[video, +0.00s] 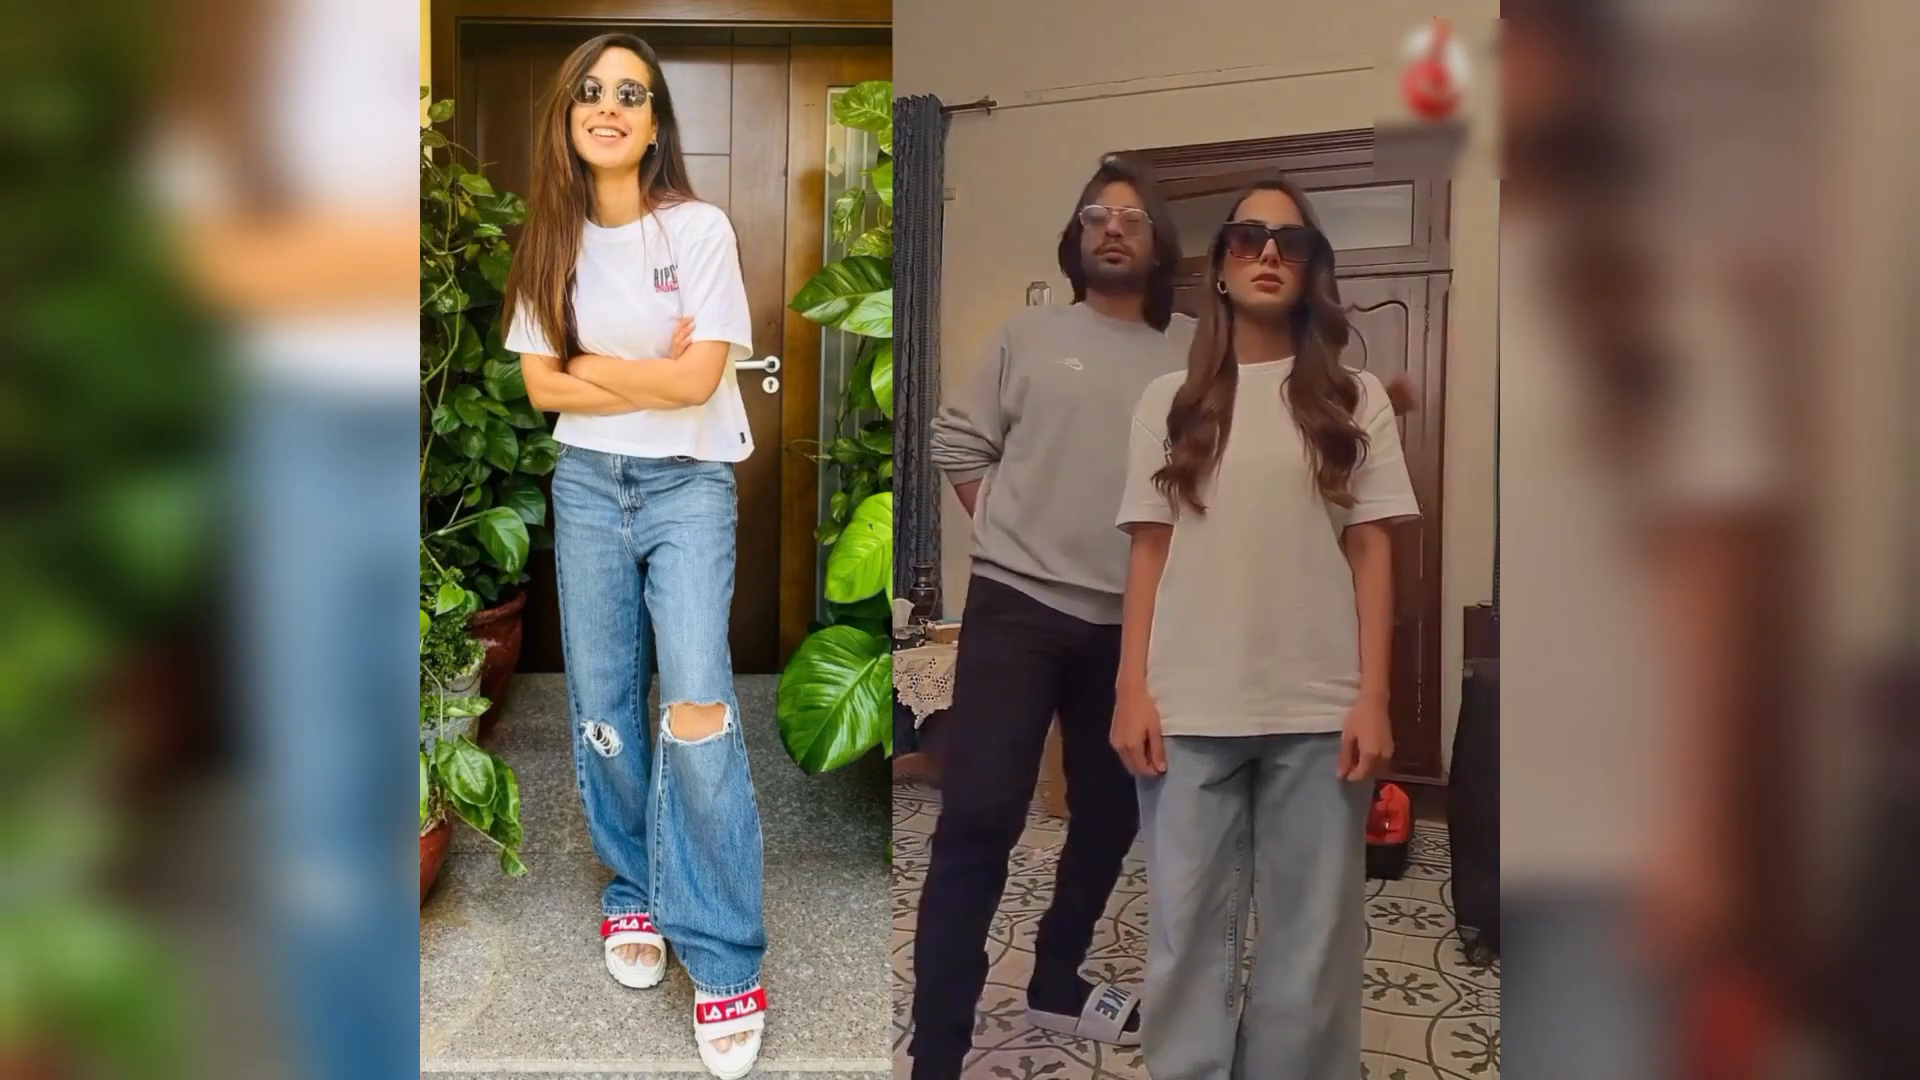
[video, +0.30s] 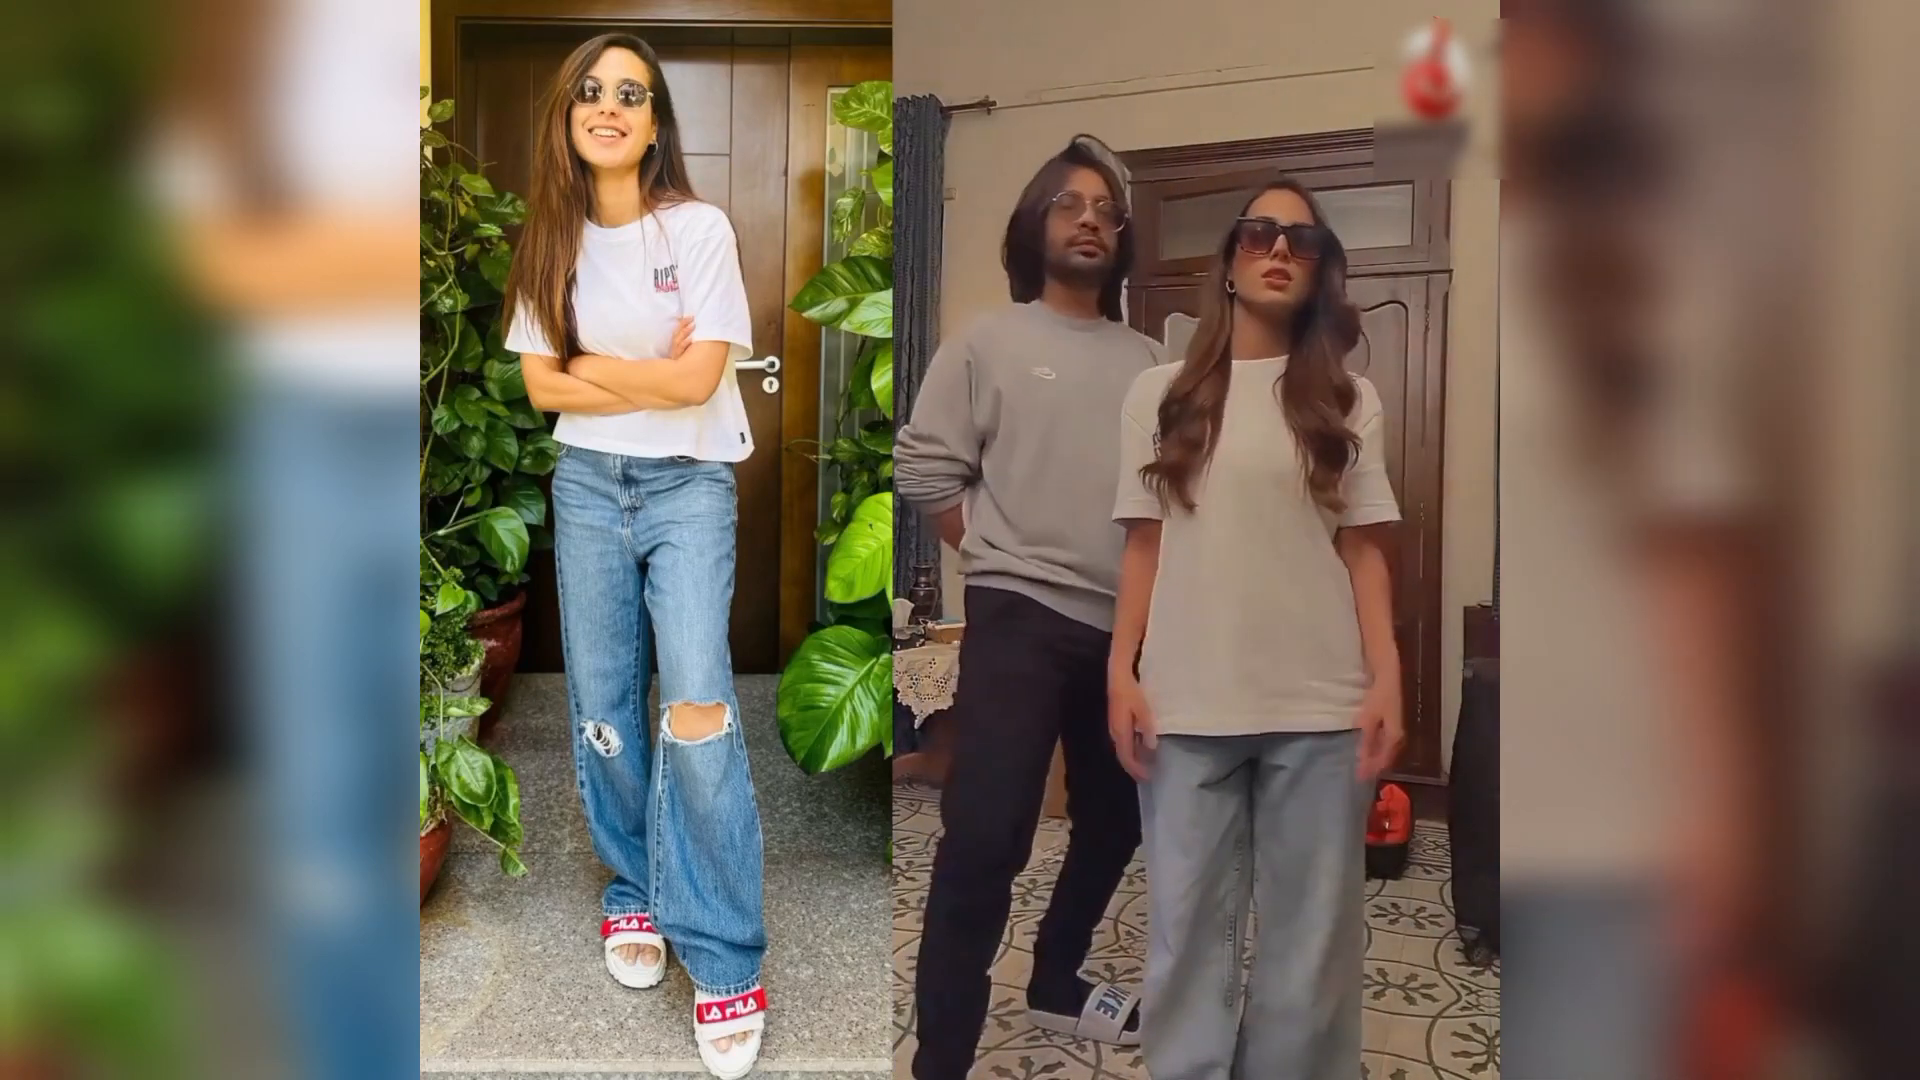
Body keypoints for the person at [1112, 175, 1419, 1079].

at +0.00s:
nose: (1267, 252)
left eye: (1290, 242)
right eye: (1247, 240)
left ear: (1314, 270)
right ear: (1221, 268)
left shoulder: (1353, 394)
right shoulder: (1171, 397)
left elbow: (1371, 552)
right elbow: (1148, 552)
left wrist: (1373, 699)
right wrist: (1132, 687)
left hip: (1321, 718)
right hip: (1188, 718)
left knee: (1310, 955)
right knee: (1183, 945)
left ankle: (1289, 1074)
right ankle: (1184, 1071)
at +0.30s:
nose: (1278, 249)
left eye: (1300, 240)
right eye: (1260, 235)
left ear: (1323, 271)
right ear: (1228, 261)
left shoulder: (1346, 395)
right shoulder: (1164, 390)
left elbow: (1366, 552)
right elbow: (1143, 544)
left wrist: (1386, 682)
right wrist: (1121, 671)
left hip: (1322, 714)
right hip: (1185, 712)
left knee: (1309, 954)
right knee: (1181, 944)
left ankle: (1290, 1073)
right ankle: (1186, 1068)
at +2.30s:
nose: (1264, 250)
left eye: (1286, 238)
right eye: (1244, 236)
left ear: (1310, 264)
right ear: (1215, 261)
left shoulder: (1350, 394)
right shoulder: (1158, 392)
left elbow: (1410, 527)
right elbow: (1130, 541)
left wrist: (1322, 515)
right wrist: (1200, 525)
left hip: (1320, 714)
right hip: (1183, 716)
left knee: (1314, 953)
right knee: (1183, 943)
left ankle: (1296, 1073)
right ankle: (1186, 1069)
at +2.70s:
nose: (1260, 248)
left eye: (1283, 238)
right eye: (1240, 235)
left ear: (1307, 269)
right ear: (1212, 265)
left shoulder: (1347, 395)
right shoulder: (1155, 397)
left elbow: (1410, 549)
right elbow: (1118, 552)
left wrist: (1372, 466)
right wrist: (1154, 469)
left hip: (1321, 714)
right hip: (1182, 717)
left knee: (1312, 959)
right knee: (1184, 949)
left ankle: (1293, 1073)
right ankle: (1185, 1069)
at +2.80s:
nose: (1262, 247)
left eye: (1284, 236)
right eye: (1241, 234)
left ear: (1310, 266)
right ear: (1213, 264)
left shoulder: (1347, 392)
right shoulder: (1159, 394)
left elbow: (1407, 526)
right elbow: (1097, 529)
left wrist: (1461, 394)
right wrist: (1046, 419)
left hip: (1321, 713)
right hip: (1183, 713)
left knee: (1313, 953)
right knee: (1182, 944)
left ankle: (1295, 1071)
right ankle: (1185, 1068)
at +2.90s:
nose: (1263, 248)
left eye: (1284, 237)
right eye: (1244, 233)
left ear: (1310, 264)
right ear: (1213, 259)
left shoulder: (1346, 393)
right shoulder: (1157, 395)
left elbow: (1425, 521)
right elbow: (1086, 522)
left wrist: (1464, 386)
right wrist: (1026, 400)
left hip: (1320, 711)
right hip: (1184, 712)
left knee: (1313, 953)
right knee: (1185, 947)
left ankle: (1291, 1075)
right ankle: (1185, 1070)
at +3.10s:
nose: (1263, 247)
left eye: (1285, 236)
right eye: (1245, 234)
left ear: (1312, 266)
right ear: (1215, 264)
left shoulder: (1347, 393)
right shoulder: (1158, 395)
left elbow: (1416, 531)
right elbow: (1089, 523)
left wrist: (1465, 400)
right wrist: (1033, 394)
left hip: (1321, 711)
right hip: (1183, 711)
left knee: (1313, 952)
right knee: (1184, 945)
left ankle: (1296, 1074)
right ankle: (1184, 1069)